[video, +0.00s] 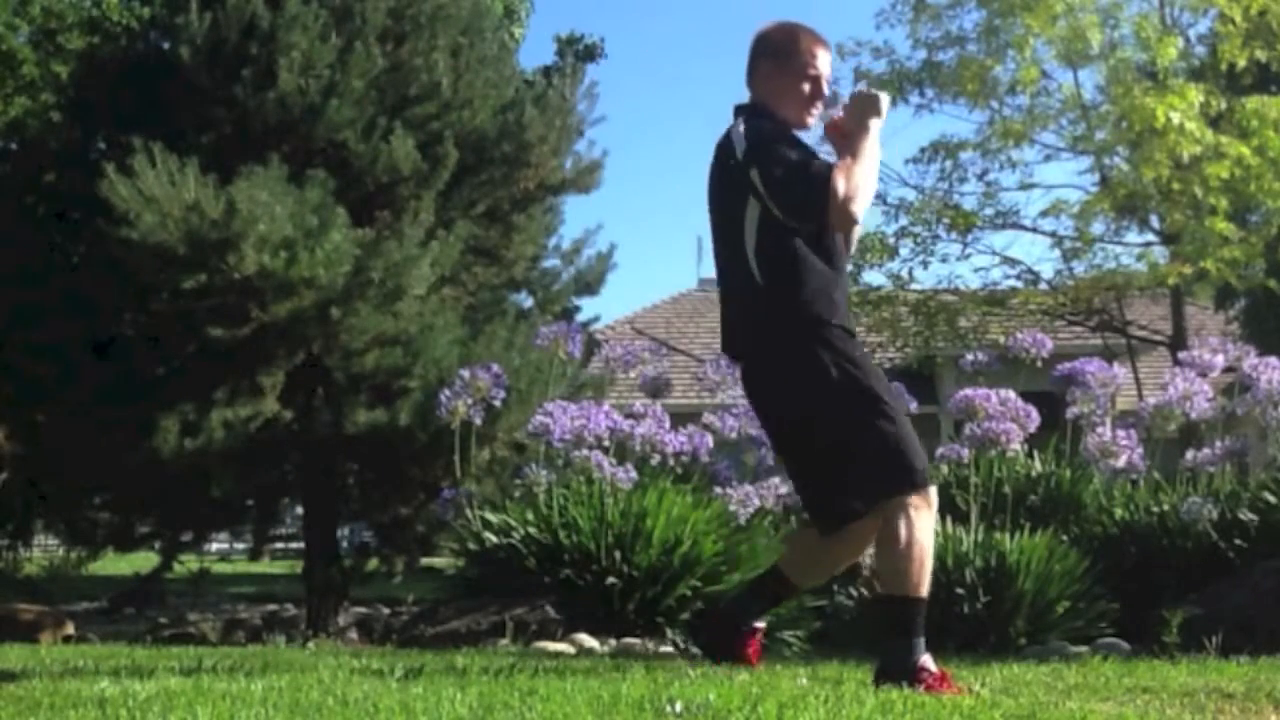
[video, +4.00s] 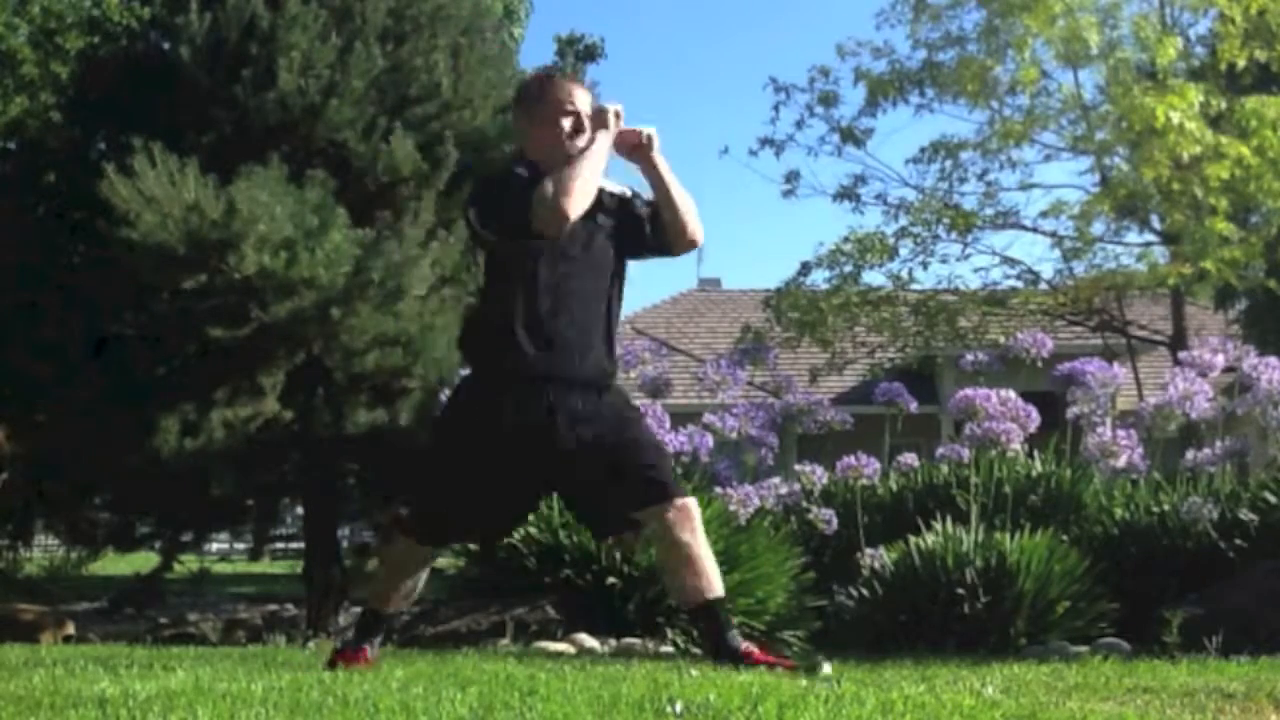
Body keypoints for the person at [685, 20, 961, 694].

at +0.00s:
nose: (821, 92)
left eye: (824, 81)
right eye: (810, 78)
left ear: (783, 83)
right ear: (766, 73)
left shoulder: (755, 142)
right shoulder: (762, 138)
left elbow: (834, 237)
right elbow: (840, 211)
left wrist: (845, 147)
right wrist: (866, 135)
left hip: (780, 351)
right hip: (812, 343)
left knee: (856, 519)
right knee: (908, 488)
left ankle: (735, 618)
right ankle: (905, 661)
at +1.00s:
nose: (532, 87)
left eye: (542, 77)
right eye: (522, 72)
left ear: (548, 83)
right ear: (480, 66)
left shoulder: (551, 149)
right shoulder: (428, 131)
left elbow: (593, 236)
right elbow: (436, 207)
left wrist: (583, 166)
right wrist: (512, 152)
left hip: (536, 337)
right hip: (446, 338)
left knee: (583, 468)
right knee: (422, 495)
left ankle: (578, 628)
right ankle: (387, 631)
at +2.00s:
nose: (462, 87)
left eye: (472, 80)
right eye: (451, 72)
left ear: (478, 92)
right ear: (412, 70)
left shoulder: (501, 156)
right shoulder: (373, 141)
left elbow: (560, 225)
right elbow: (355, 190)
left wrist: (532, 149)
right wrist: (427, 127)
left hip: (481, 348)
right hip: (392, 345)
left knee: (500, 497)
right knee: (369, 502)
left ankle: (498, 635)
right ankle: (372, 633)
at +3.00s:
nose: (482, 68)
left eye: (489, 60)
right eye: (469, 56)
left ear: (499, 70)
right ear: (432, 61)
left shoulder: (513, 139)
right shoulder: (394, 127)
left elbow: (569, 212)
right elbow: (382, 201)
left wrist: (535, 139)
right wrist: (455, 127)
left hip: (496, 334)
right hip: (409, 331)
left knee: (509, 485)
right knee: (379, 483)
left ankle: (509, 634)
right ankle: (346, 618)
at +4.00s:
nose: (578, 128)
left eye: (584, 118)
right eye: (562, 115)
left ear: (595, 130)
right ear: (521, 126)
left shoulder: (611, 207)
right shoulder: (498, 191)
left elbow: (684, 237)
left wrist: (651, 163)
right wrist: (603, 141)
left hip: (593, 402)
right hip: (501, 398)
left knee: (677, 512)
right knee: (421, 531)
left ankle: (725, 646)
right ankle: (364, 640)